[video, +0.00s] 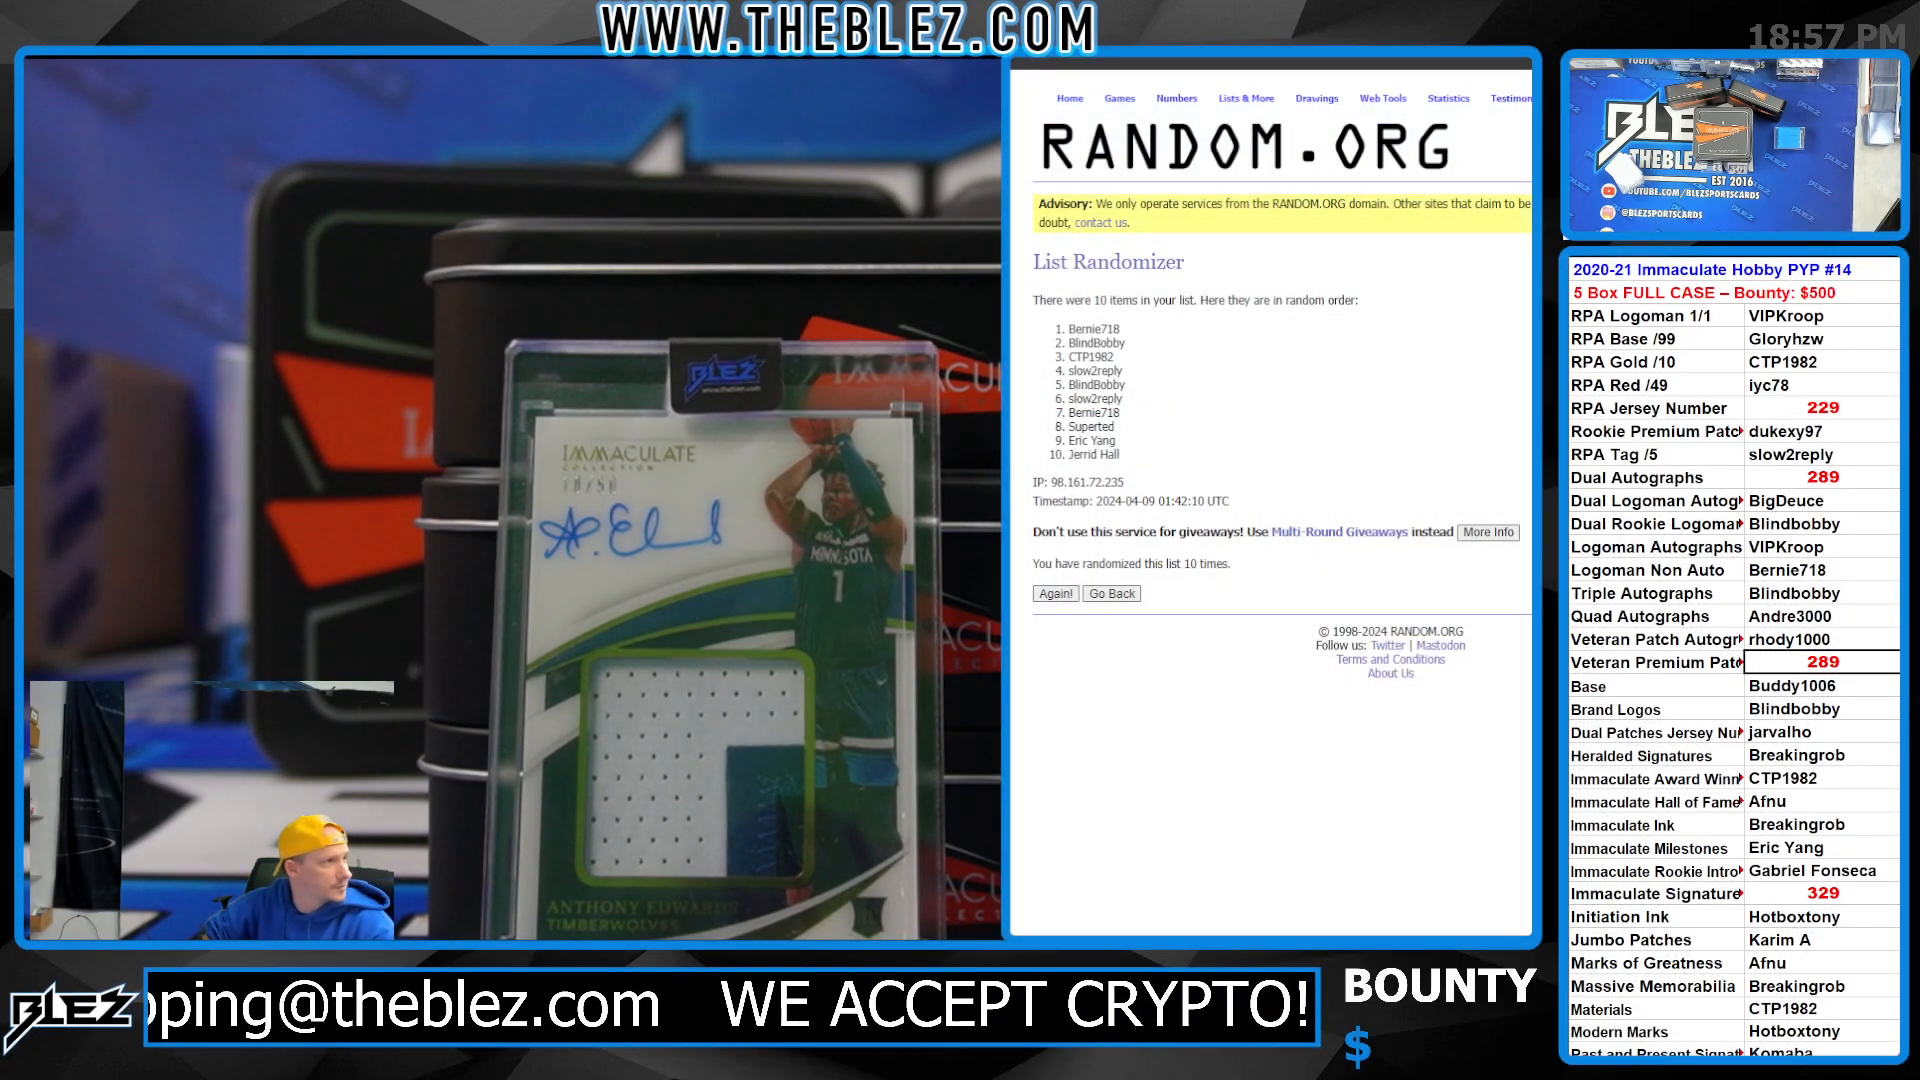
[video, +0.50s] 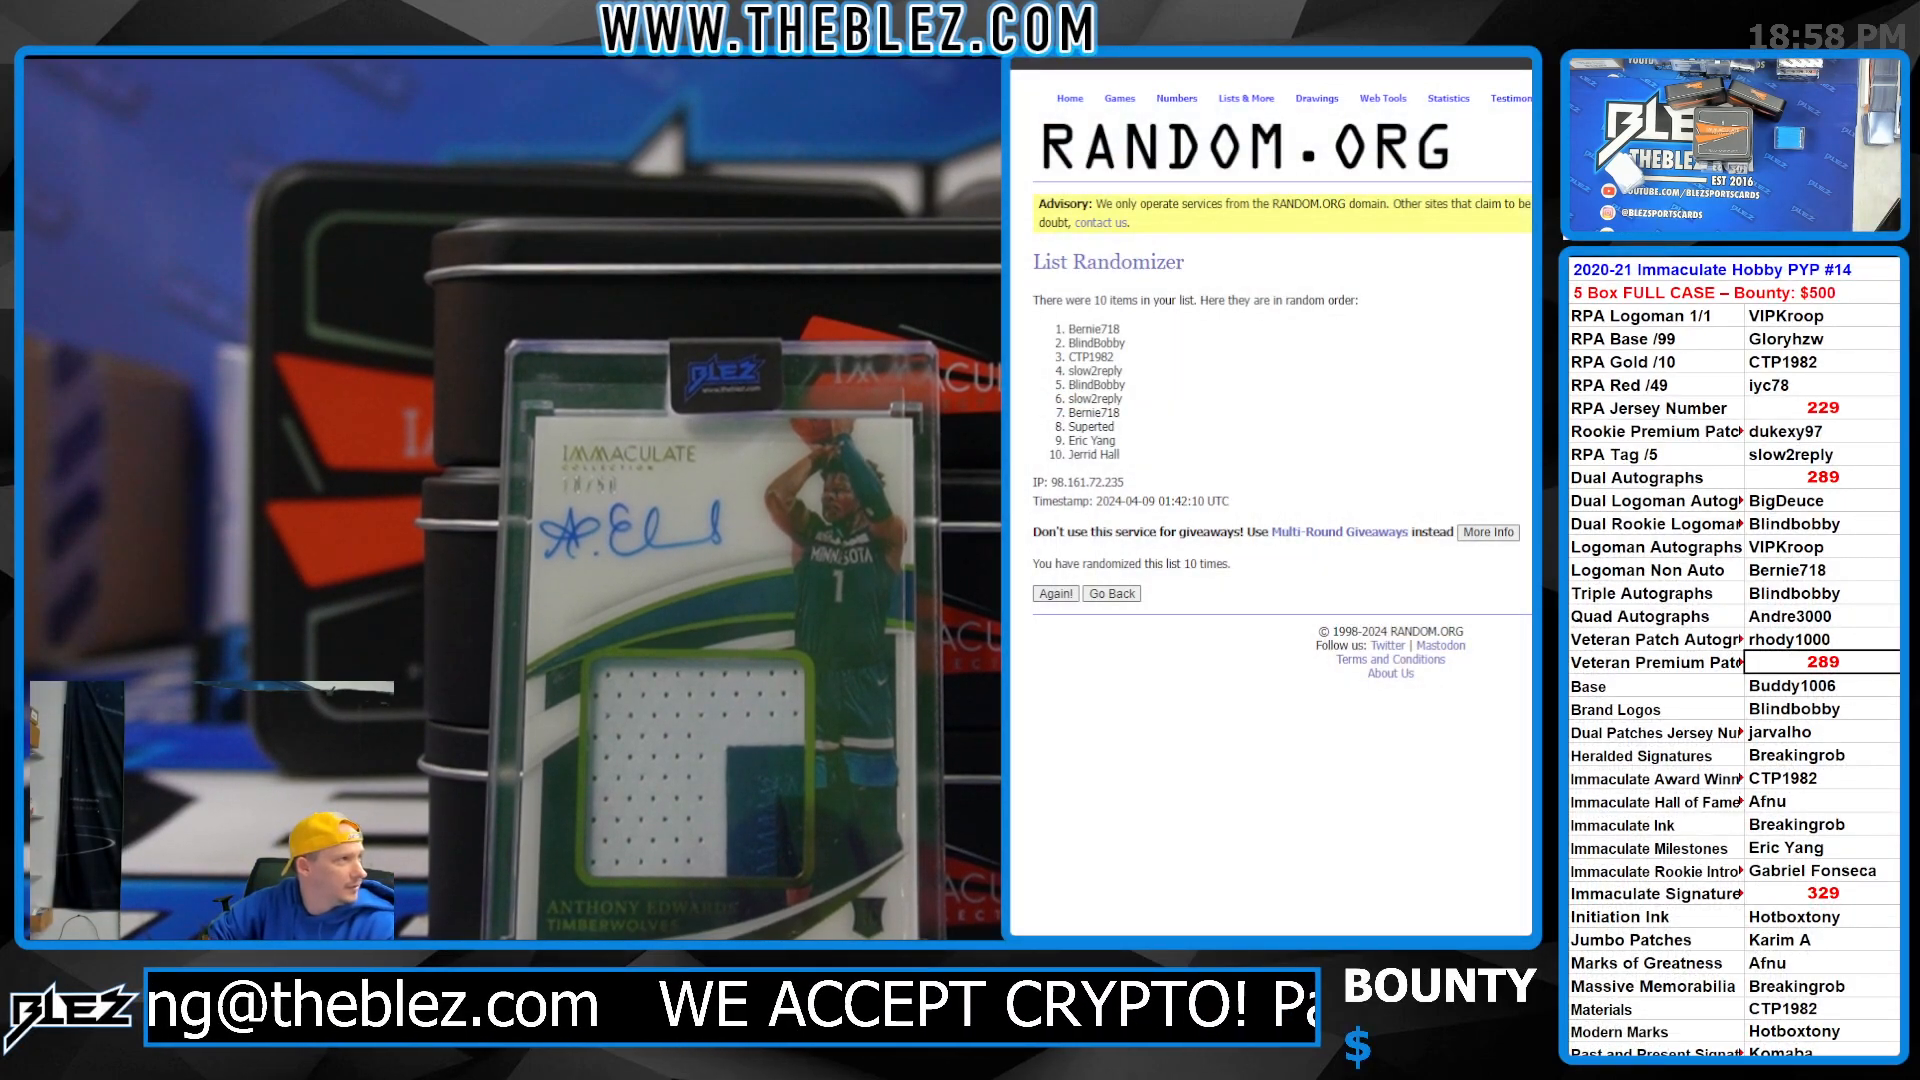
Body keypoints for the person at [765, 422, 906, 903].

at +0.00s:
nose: (835, 496)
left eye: (844, 489)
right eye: (829, 488)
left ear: (862, 494)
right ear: (822, 495)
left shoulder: (884, 539)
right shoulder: (810, 532)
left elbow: (875, 497)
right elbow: (776, 496)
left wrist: (844, 445)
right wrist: (815, 459)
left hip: (865, 679)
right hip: (813, 678)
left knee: (873, 796)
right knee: (818, 794)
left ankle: (873, 896)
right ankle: (818, 887)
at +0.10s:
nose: (835, 496)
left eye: (844, 489)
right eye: (829, 488)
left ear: (862, 494)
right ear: (822, 495)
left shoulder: (884, 538)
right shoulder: (810, 532)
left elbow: (875, 497)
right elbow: (776, 496)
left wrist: (844, 445)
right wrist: (814, 459)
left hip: (866, 678)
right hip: (813, 677)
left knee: (872, 796)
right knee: (818, 794)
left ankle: (872, 896)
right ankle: (817, 887)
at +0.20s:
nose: (835, 495)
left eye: (844, 488)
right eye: (829, 488)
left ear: (862, 494)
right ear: (822, 494)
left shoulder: (884, 538)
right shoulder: (810, 532)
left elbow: (876, 498)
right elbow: (776, 496)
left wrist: (844, 446)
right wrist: (814, 459)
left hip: (866, 679)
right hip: (812, 678)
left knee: (872, 796)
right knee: (818, 794)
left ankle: (871, 897)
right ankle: (816, 889)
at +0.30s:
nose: (834, 497)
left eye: (843, 490)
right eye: (829, 490)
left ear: (862, 495)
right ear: (822, 496)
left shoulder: (884, 539)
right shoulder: (811, 533)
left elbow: (875, 497)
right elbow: (776, 496)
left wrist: (844, 446)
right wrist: (814, 460)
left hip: (865, 678)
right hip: (813, 677)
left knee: (873, 795)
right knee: (818, 793)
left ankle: (871, 894)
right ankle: (819, 886)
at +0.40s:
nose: (835, 497)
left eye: (844, 489)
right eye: (829, 490)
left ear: (862, 495)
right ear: (822, 496)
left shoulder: (884, 539)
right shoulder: (811, 532)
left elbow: (876, 497)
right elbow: (776, 496)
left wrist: (844, 446)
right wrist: (815, 459)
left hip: (866, 679)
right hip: (813, 678)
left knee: (873, 796)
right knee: (818, 794)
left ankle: (871, 894)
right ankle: (817, 886)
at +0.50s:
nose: (835, 497)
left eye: (843, 490)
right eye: (829, 490)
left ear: (862, 495)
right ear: (822, 496)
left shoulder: (884, 539)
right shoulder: (811, 533)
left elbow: (876, 496)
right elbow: (776, 496)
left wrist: (843, 445)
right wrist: (815, 459)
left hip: (865, 679)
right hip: (813, 679)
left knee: (873, 797)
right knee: (820, 795)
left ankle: (873, 895)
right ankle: (820, 888)